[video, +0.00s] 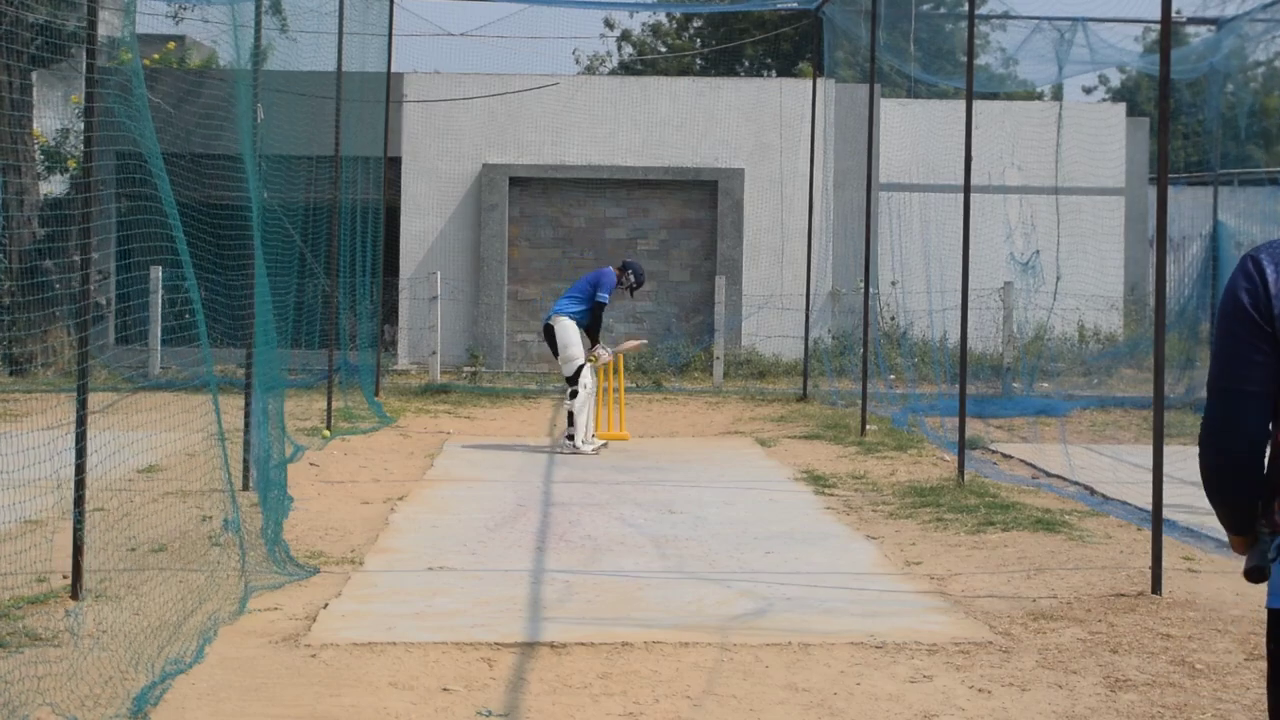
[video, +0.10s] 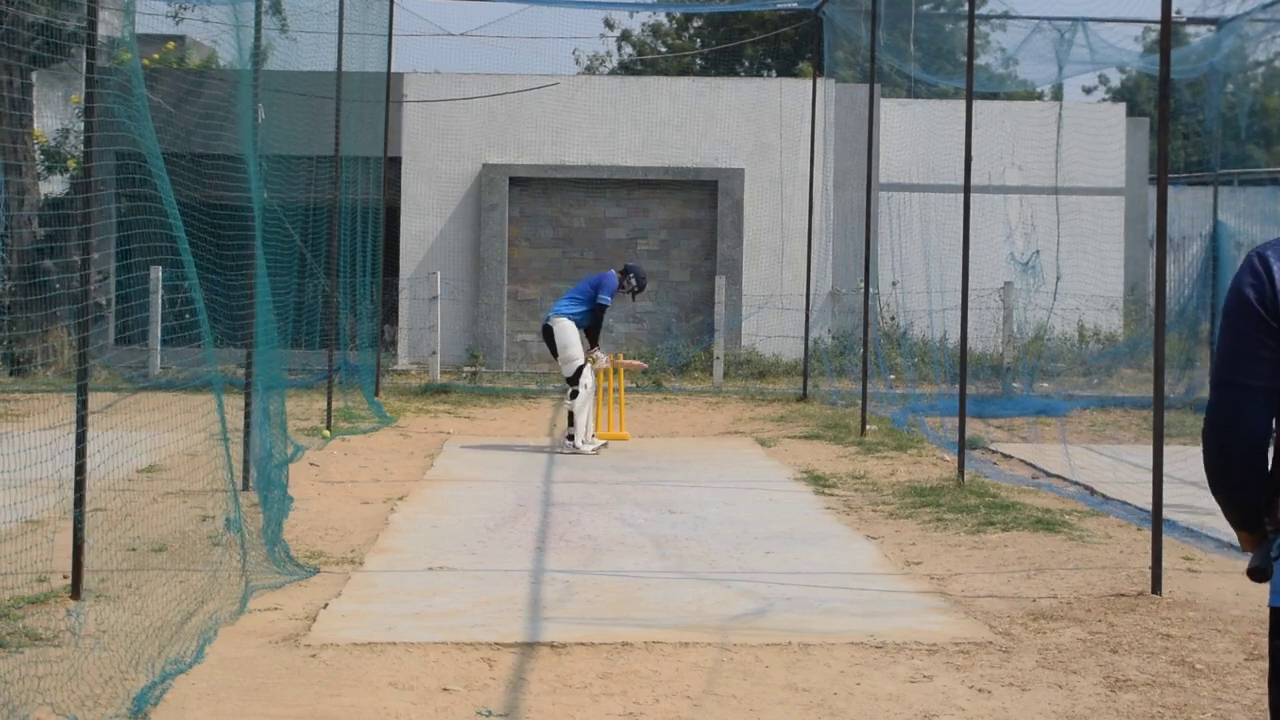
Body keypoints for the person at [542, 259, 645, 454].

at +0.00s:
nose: (625, 288)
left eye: (629, 286)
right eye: (629, 284)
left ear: (624, 272)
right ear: (626, 275)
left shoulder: (607, 278)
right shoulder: (608, 276)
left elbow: (588, 319)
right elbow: (597, 313)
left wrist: (597, 346)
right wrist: (595, 346)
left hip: (569, 324)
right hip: (562, 323)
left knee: (587, 383)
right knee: (581, 383)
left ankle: (586, 436)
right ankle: (573, 438)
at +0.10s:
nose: (627, 291)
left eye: (630, 289)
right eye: (630, 287)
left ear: (626, 277)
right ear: (627, 279)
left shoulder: (608, 281)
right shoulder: (610, 279)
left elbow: (588, 323)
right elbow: (598, 315)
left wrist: (595, 349)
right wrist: (594, 348)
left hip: (567, 325)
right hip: (561, 323)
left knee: (586, 380)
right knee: (581, 381)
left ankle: (585, 436)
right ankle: (574, 438)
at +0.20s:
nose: (629, 296)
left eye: (633, 295)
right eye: (632, 292)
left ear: (629, 286)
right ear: (629, 284)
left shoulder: (611, 290)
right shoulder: (611, 284)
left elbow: (596, 324)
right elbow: (597, 320)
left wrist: (593, 355)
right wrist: (590, 353)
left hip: (561, 324)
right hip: (559, 323)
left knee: (583, 381)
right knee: (581, 381)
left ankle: (581, 436)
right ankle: (574, 438)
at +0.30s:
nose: (630, 299)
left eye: (634, 298)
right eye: (633, 295)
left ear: (633, 292)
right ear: (630, 287)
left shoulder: (614, 299)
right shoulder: (611, 288)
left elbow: (600, 329)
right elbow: (597, 325)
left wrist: (593, 360)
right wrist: (589, 356)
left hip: (562, 326)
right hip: (557, 323)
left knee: (582, 382)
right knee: (578, 382)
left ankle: (580, 437)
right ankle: (573, 439)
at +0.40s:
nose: (631, 301)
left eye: (636, 300)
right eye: (634, 297)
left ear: (633, 294)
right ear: (631, 288)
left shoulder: (615, 299)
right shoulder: (611, 290)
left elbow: (600, 330)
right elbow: (597, 325)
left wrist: (593, 362)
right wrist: (590, 356)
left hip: (562, 326)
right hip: (556, 324)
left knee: (583, 381)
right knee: (579, 381)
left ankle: (580, 437)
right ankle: (573, 439)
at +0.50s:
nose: (631, 297)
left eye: (635, 296)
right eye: (634, 293)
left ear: (634, 292)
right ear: (630, 285)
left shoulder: (615, 300)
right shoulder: (610, 289)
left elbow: (601, 329)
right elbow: (596, 324)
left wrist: (593, 359)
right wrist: (590, 355)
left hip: (563, 327)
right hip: (555, 324)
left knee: (585, 382)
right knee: (579, 381)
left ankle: (582, 437)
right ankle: (573, 439)